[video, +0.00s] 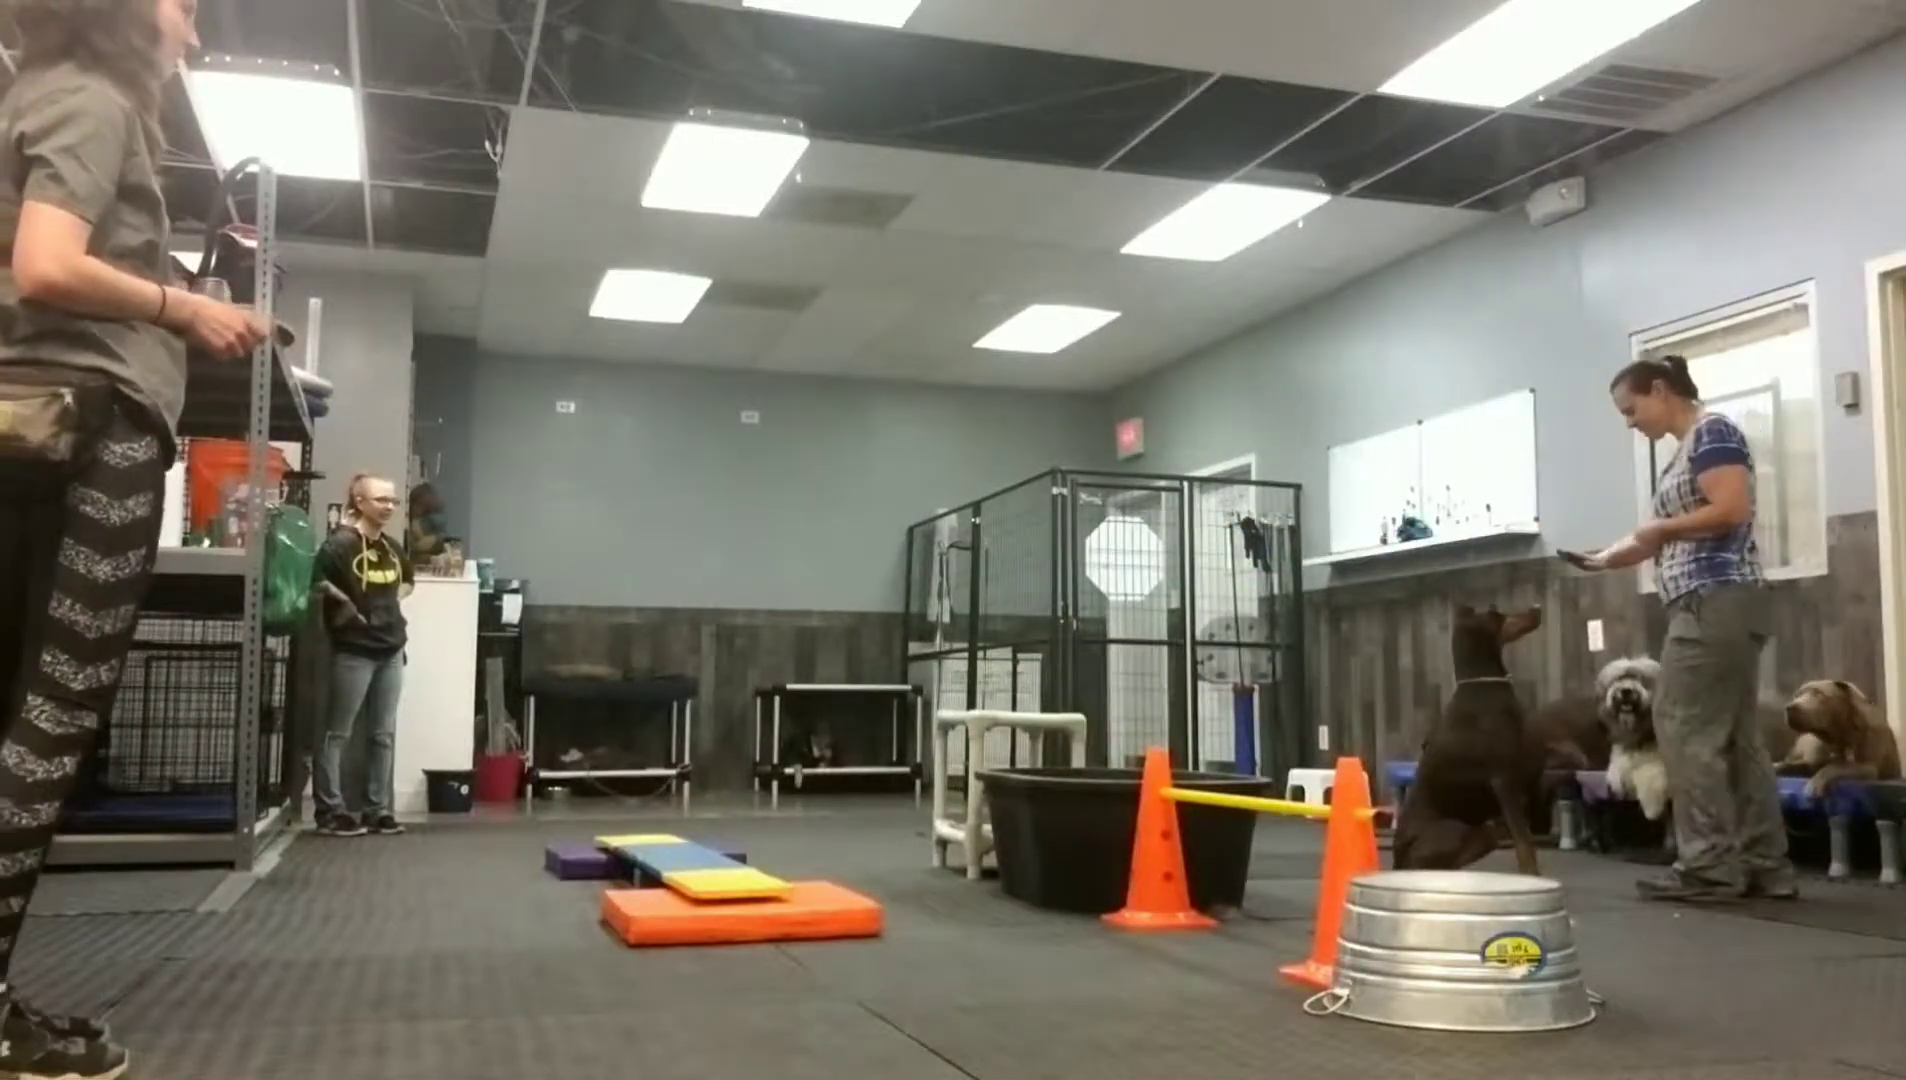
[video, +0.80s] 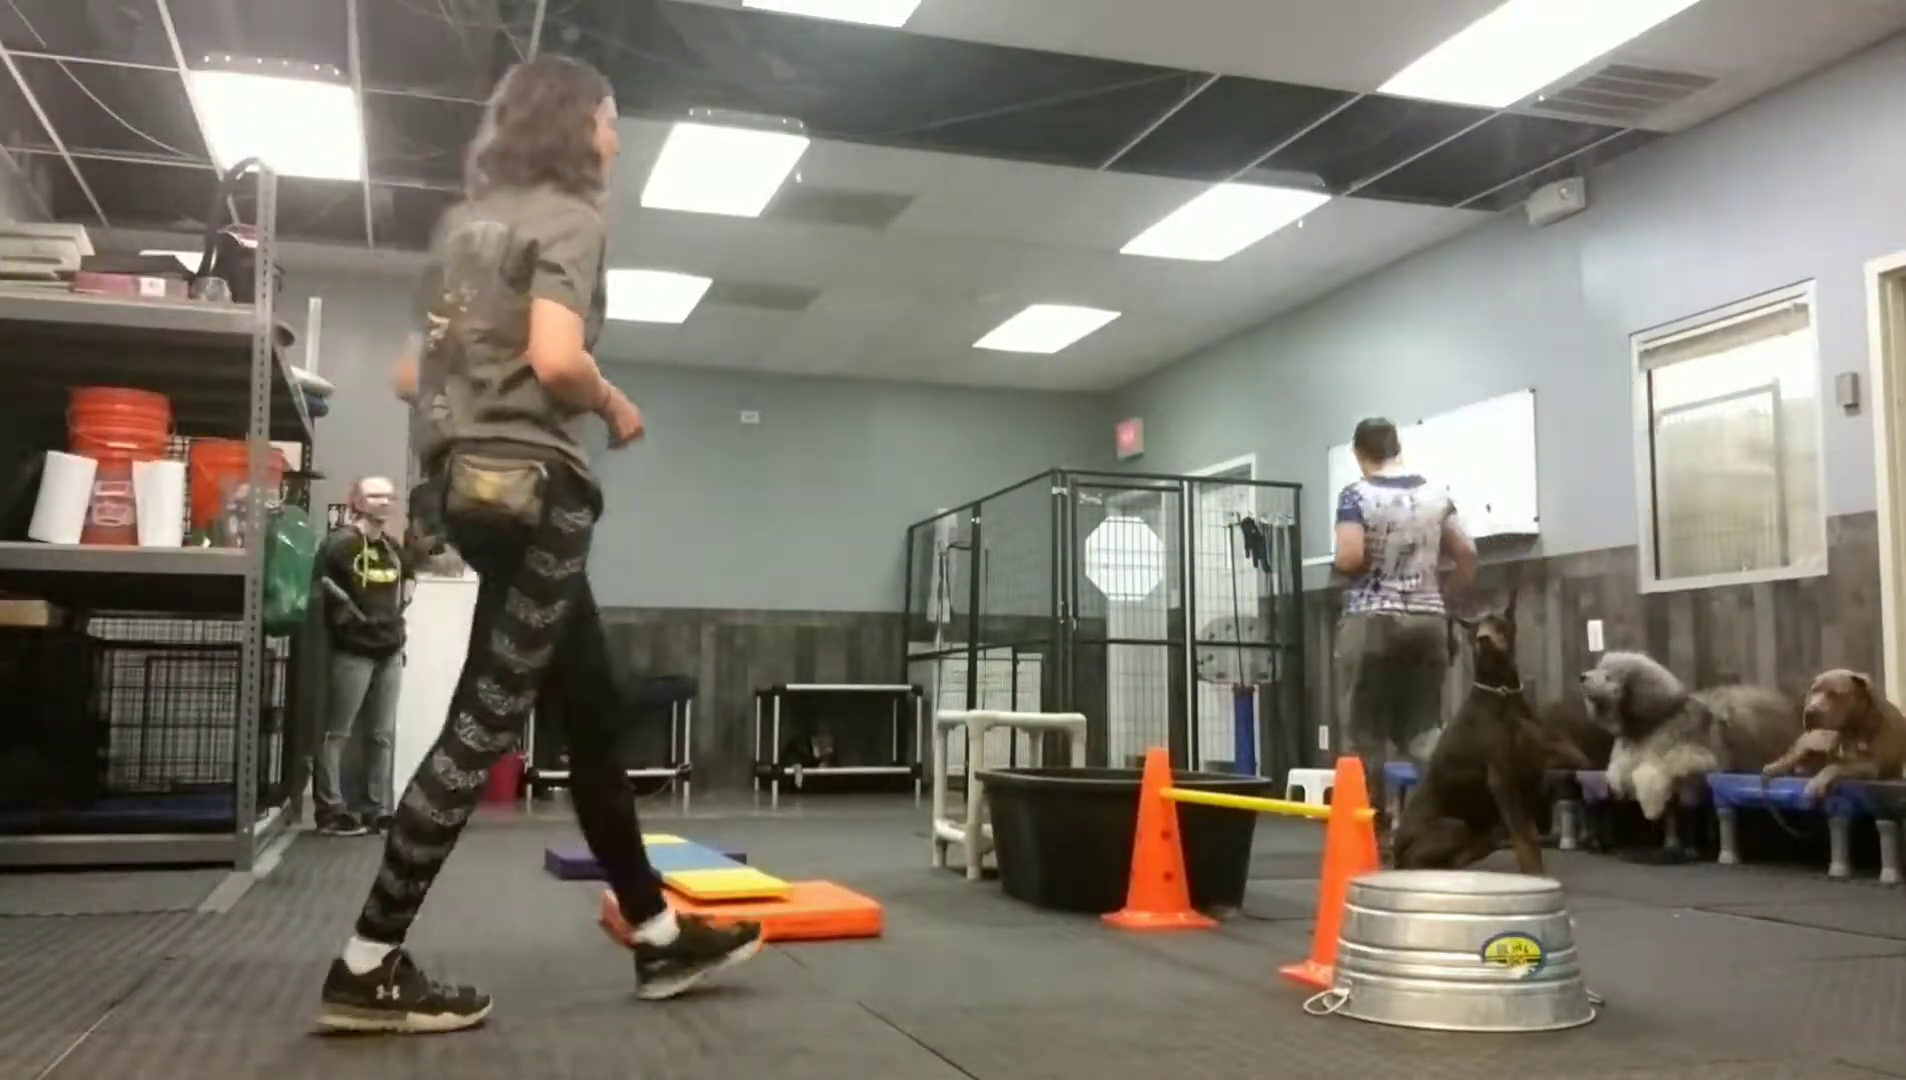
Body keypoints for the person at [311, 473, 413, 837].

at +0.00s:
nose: (390, 507)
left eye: (392, 501)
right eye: (382, 500)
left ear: (392, 505)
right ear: (360, 502)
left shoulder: (389, 545)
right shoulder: (338, 547)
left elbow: (407, 581)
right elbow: (317, 591)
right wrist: (349, 614)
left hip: (390, 650)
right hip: (354, 651)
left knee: (383, 735)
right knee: (338, 734)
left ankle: (377, 811)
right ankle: (330, 811)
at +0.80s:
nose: (385, 503)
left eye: (388, 497)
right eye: (376, 496)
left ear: (393, 503)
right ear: (356, 503)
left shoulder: (392, 548)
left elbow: (403, 595)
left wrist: (390, 622)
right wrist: (373, 627)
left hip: (389, 652)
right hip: (352, 651)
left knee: (382, 735)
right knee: (338, 733)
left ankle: (376, 808)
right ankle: (330, 809)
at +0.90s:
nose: (382, 505)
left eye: (385, 500)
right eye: (374, 499)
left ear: (388, 505)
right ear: (356, 503)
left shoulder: (386, 549)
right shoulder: (340, 541)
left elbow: (413, 582)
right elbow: (322, 580)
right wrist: (345, 604)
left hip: (389, 649)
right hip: (354, 648)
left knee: (382, 734)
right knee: (339, 733)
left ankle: (377, 809)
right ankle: (330, 810)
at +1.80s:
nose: (378, 512)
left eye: (384, 506)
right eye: (371, 505)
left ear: (389, 509)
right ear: (352, 507)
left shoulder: (388, 550)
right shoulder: (337, 543)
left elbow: (425, 563)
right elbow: (317, 579)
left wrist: (407, 538)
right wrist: (340, 600)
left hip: (390, 649)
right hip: (354, 648)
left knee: (383, 734)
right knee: (340, 734)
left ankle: (377, 810)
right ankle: (330, 810)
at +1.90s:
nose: (377, 505)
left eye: (382, 500)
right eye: (369, 499)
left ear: (389, 506)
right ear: (353, 504)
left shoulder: (387, 550)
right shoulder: (337, 545)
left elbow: (391, 597)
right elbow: (320, 591)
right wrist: (348, 618)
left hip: (390, 649)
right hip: (353, 649)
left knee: (382, 735)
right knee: (338, 734)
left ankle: (377, 811)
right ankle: (329, 810)